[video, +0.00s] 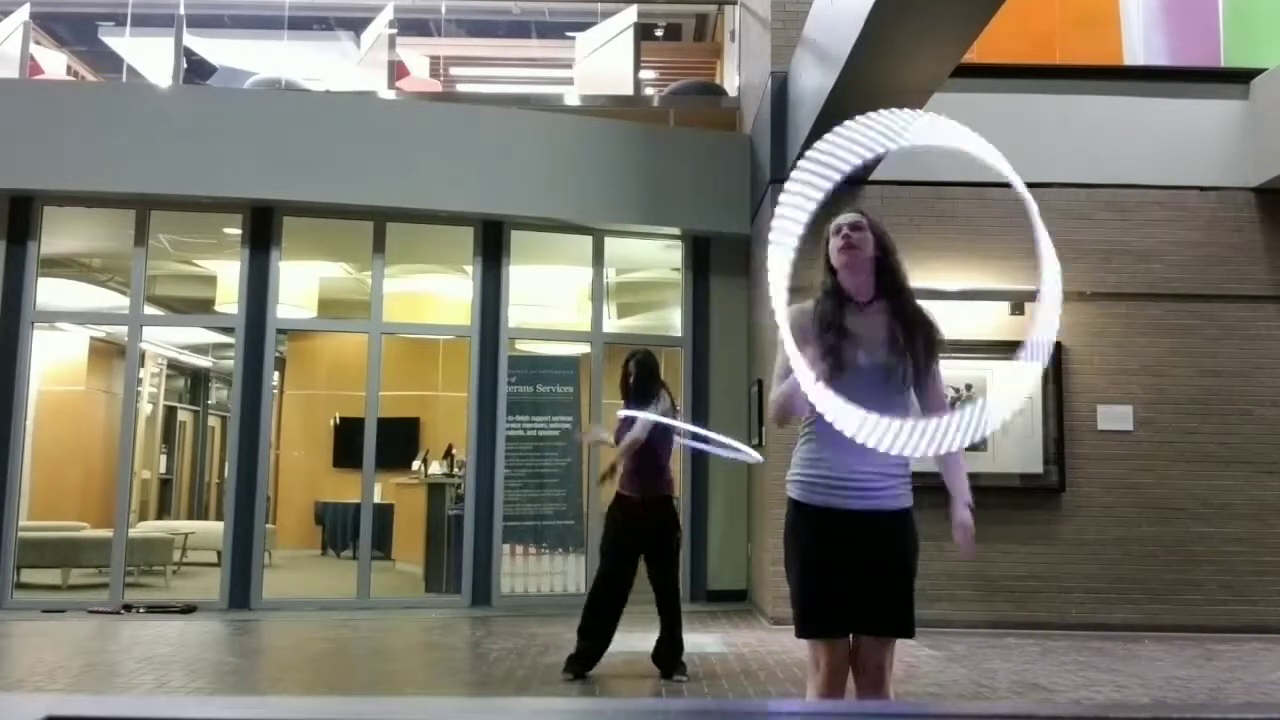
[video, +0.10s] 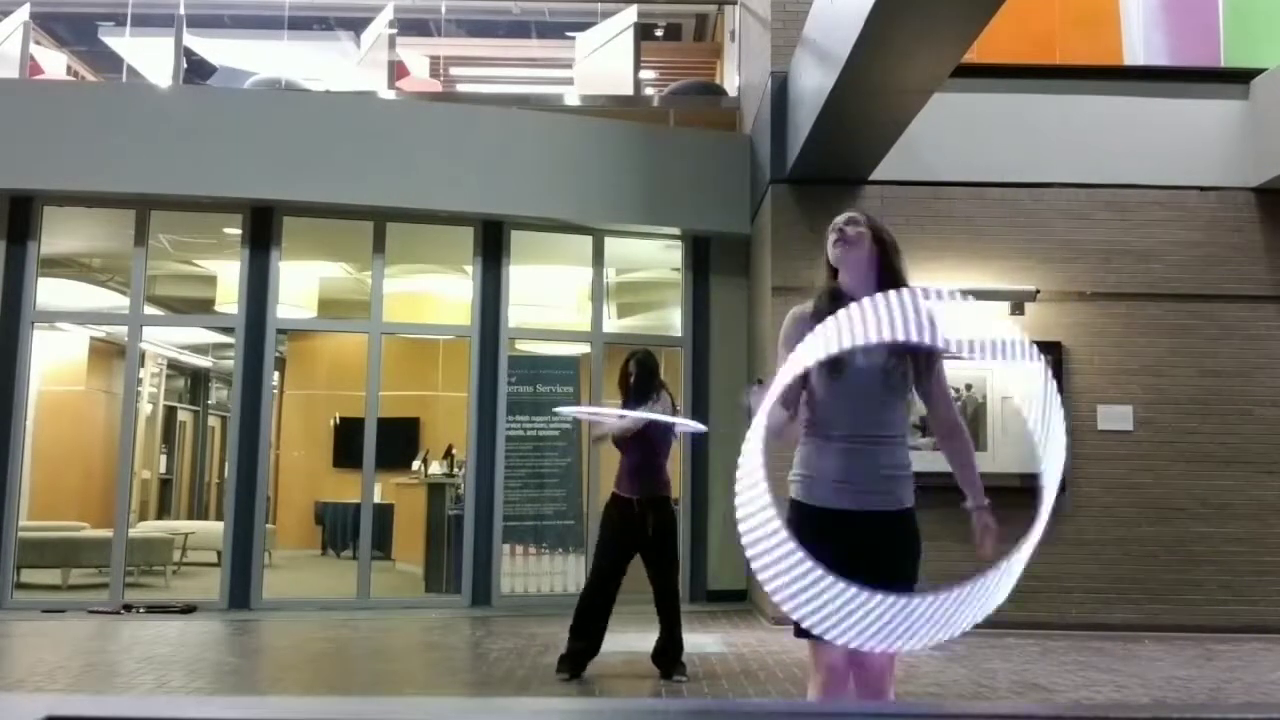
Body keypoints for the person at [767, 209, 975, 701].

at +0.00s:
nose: (847, 234)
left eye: (858, 228)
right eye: (837, 231)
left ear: (880, 249)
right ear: (827, 255)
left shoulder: (913, 327)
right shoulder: (805, 320)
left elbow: (939, 419)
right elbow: (779, 412)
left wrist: (961, 498)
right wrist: (808, 376)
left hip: (887, 510)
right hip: (817, 508)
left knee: (875, 670)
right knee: (828, 668)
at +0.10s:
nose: (840, 235)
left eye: (853, 228)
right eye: (832, 233)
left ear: (880, 250)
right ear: (827, 258)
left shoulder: (909, 320)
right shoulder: (804, 320)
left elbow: (946, 423)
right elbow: (777, 427)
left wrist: (978, 504)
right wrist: (783, 407)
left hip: (889, 511)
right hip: (817, 509)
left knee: (875, 671)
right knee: (830, 669)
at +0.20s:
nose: (845, 234)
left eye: (857, 229)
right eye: (838, 232)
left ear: (883, 250)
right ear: (833, 256)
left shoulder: (916, 319)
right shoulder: (808, 318)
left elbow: (958, 401)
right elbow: (765, 399)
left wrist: (999, 470)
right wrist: (718, 444)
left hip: (893, 501)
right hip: (822, 497)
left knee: (884, 652)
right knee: (830, 659)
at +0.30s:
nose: (847, 225)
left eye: (860, 223)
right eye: (842, 227)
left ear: (886, 250)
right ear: (838, 260)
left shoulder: (918, 316)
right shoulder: (808, 317)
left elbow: (982, 377)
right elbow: (741, 383)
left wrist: (1036, 428)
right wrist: (670, 422)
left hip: (896, 513)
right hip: (826, 511)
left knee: (882, 671)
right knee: (837, 670)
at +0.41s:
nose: (847, 235)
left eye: (859, 231)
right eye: (840, 236)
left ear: (886, 254)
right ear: (834, 263)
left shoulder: (920, 316)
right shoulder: (809, 316)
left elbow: (1001, 349)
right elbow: (731, 370)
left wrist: (1069, 381)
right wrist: (651, 403)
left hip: (897, 509)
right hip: (828, 507)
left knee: (884, 671)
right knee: (838, 669)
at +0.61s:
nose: (843, 246)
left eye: (852, 244)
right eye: (832, 248)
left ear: (872, 264)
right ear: (819, 271)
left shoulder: (908, 302)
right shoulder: (798, 310)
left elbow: (1003, 303)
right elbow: (700, 340)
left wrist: (1094, 307)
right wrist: (619, 348)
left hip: (907, 500)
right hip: (835, 503)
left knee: (928, 663)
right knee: (843, 663)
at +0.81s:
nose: (842, 257)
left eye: (851, 252)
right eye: (830, 255)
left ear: (869, 268)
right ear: (815, 278)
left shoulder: (904, 313)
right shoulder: (796, 331)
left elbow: (1002, 332)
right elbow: (706, 358)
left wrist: (1098, 342)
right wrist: (629, 330)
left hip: (921, 508)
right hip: (848, 519)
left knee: (994, 669)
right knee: (855, 680)